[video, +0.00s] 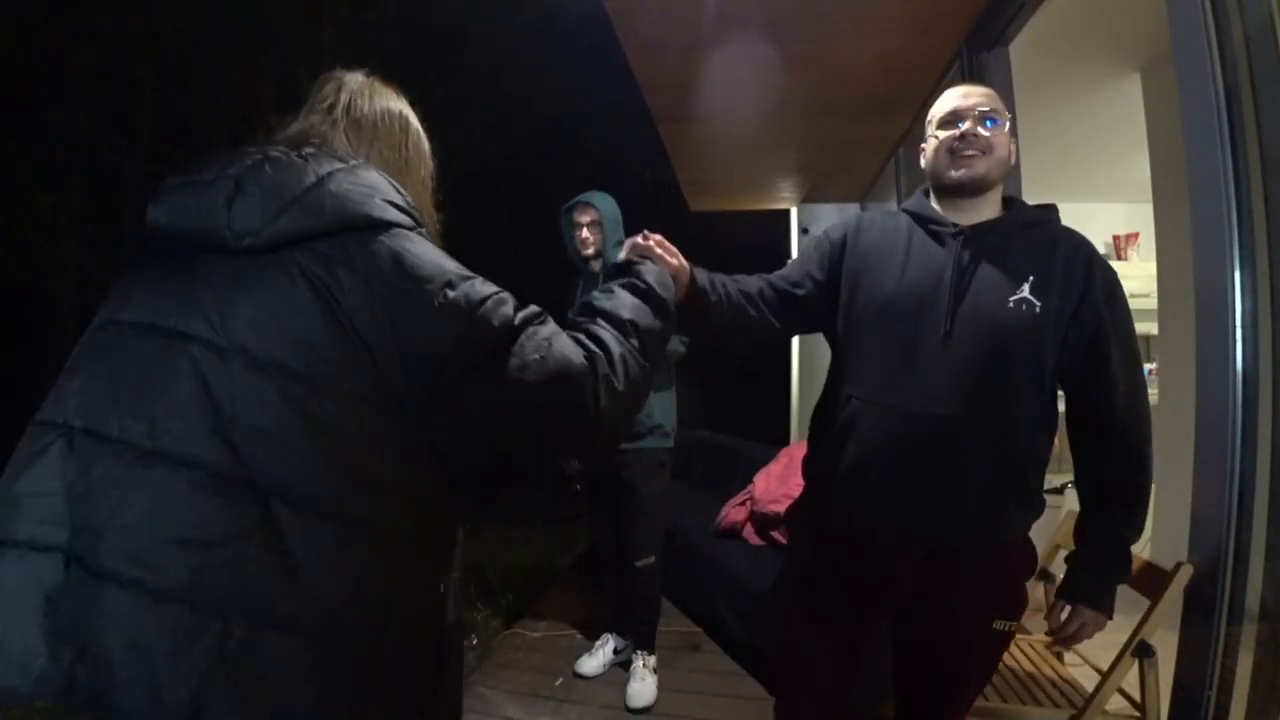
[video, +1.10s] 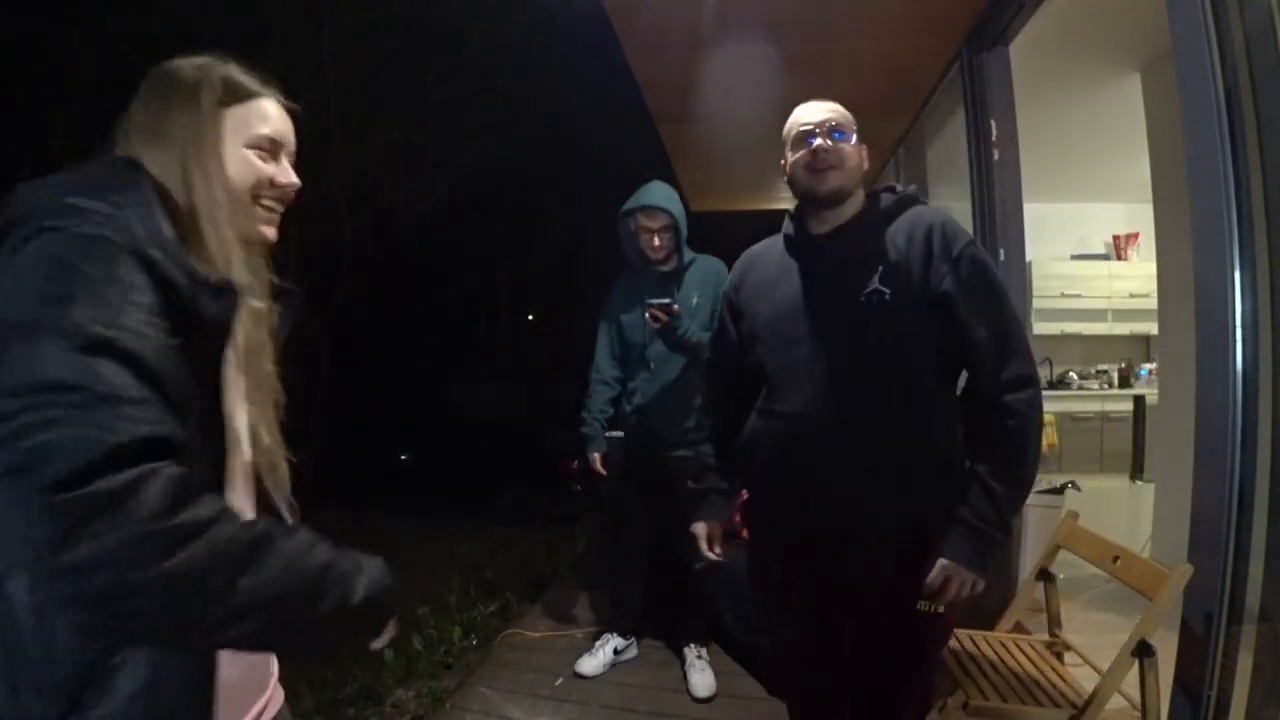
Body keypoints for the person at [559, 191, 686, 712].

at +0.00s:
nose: (586, 236)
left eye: (594, 226)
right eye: (578, 228)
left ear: (615, 228)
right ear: (571, 236)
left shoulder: (645, 278)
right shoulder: (579, 288)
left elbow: (675, 345)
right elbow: (575, 352)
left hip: (646, 432)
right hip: (598, 433)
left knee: (642, 546)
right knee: (604, 539)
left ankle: (644, 653)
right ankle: (617, 632)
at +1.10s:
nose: (653, 239)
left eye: (662, 229)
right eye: (643, 230)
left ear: (679, 229)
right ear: (632, 235)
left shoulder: (710, 274)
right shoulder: (625, 291)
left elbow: (726, 353)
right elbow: (606, 368)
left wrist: (678, 332)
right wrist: (594, 432)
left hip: (695, 437)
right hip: (636, 436)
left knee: (694, 540)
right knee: (626, 535)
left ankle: (694, 642)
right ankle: (620, 633)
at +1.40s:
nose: (690, 237)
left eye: (700, 228)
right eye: (681, 228)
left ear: (717, 230)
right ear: (668, 230)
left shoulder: (736, 285)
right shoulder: (651, 282)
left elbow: (750, 357)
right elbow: (620, 358)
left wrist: (712, 327)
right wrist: (603, 422)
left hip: (707, 437)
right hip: (645, 433)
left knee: (700, 540)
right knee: (631, 536)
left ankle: (696, 645)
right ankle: (620, 633)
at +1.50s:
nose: (696, 235)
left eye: (707, 226)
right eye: (687, 225)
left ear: (723, 229)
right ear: (674, 228)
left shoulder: (741, 284)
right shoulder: (655, 280)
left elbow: (754, 360)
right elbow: (626, 347)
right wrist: (603, 412)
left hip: (712, 440)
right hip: (648, 437)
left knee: (704, 543)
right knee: (633, 539)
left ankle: (697, 643)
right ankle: (621, 634)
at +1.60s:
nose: (697, 233)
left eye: (708, 224)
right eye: (688, 223)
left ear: (726, 228)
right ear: (676, 227)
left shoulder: (741, 282)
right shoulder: (657, 280)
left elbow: (760, 345)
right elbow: (625, 342)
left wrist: (722, 326)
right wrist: (576, 385)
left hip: (711, 442)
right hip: (648, 437)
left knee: (701, 549)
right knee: (633, 542)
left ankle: (697, 644)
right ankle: (614, 642)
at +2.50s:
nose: (642, 232)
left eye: (652, 222)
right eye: (631, 221)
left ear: (664, 227)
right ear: (613, 224)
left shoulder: (680, 282)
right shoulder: (590, 283)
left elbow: (695, 361)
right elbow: (574, 358)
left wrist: (668, 340)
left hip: (667, 429)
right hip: (601, 428)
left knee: (677, 538)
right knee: (596, 549)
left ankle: (694, 644)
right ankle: (591, 672)